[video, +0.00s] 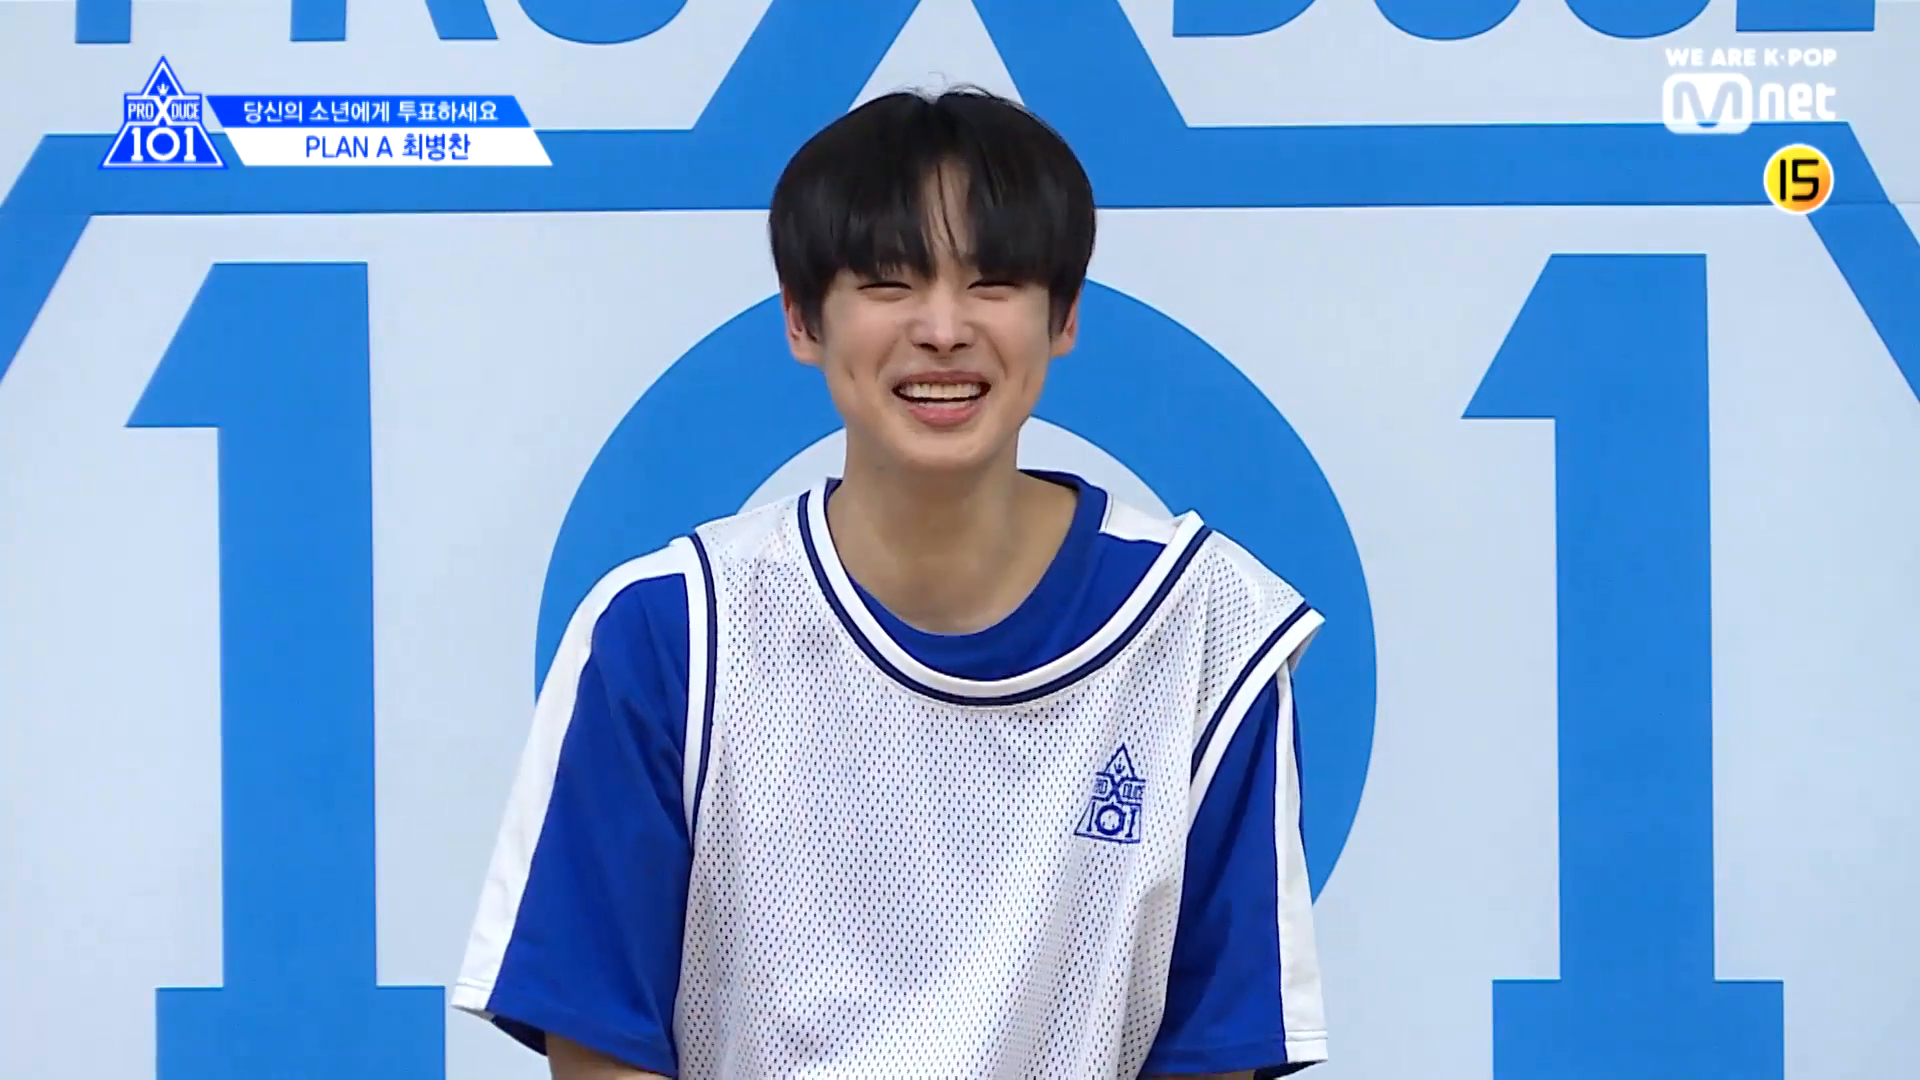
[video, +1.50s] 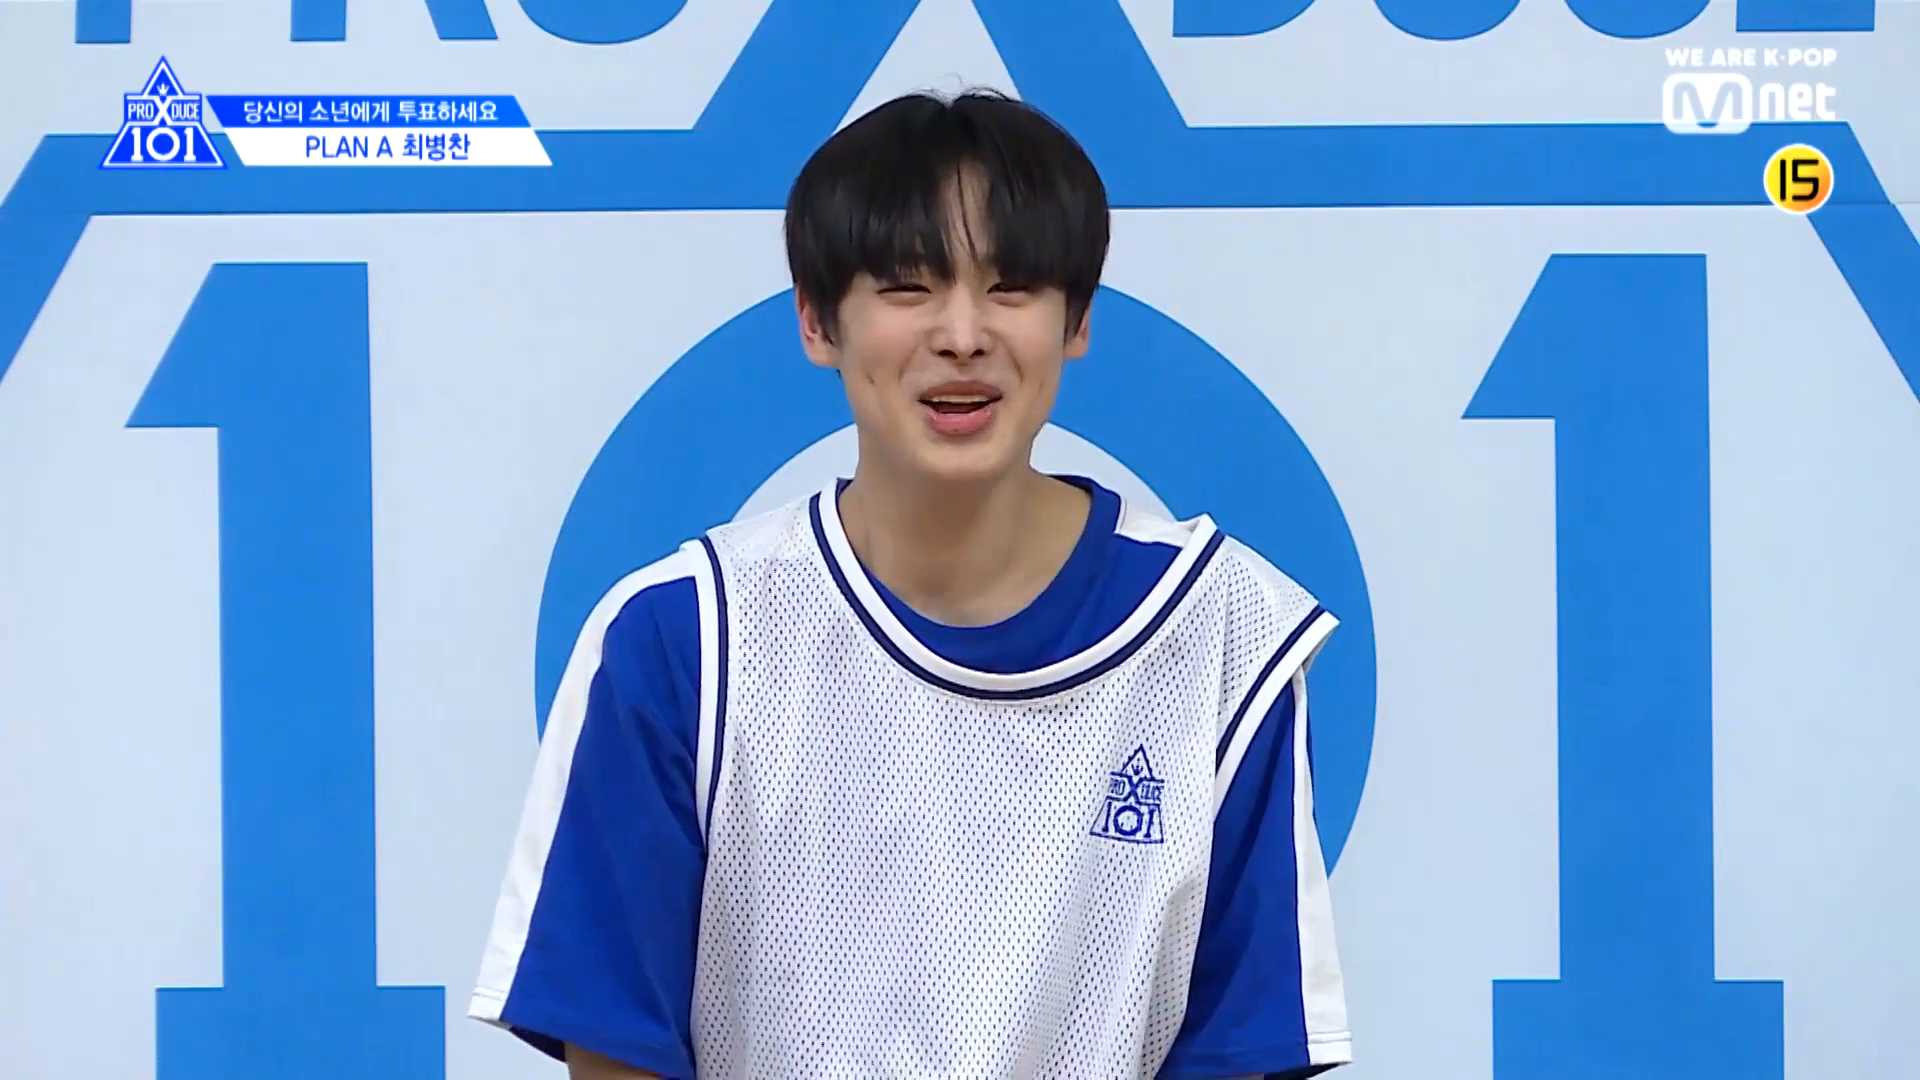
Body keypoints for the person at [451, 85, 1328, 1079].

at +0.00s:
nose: (944, 326)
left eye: (994, 281)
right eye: (889, 281)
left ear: (1060, 324)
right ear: (806, 326)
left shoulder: (1211, 633)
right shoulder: (661, 634)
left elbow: (1219, 1054)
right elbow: (598, 1045)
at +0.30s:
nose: (947, 324)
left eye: (996, 279)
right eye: (893, 278)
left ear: (1064, 319)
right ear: (811, 323)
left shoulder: (1218, 625)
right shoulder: (670, 630)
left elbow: (1221, 1048)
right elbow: (608, 1041)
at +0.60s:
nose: (956, 323)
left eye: (1005, 278)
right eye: (902, 277)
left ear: (1070, 318)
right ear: (819, 320)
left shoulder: (1224, 627)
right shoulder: (673, 631)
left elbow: (1225, 1049)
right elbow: (613, 1042)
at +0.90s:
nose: (963, 325)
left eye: (1013, 278)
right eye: (906, 278)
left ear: (1076, 322)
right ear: (822, 323)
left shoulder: (1229, 633)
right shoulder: (676, 638)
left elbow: (1230, 1051)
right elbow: (616, 1049)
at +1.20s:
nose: (967, 322)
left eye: (1017, 277)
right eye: (911, 274)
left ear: (1078, 323)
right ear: (825, 320)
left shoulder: (1230, 636)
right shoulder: (678, 639)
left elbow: (1243, 1051)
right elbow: (614, 1046)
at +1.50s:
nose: (963, 335)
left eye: (1012, 285)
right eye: (910, 283)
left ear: (1074, 325)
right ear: (821, 323)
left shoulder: (1228, 641)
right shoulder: (673, 643)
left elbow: (1250, 1053)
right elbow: (615, 1049)